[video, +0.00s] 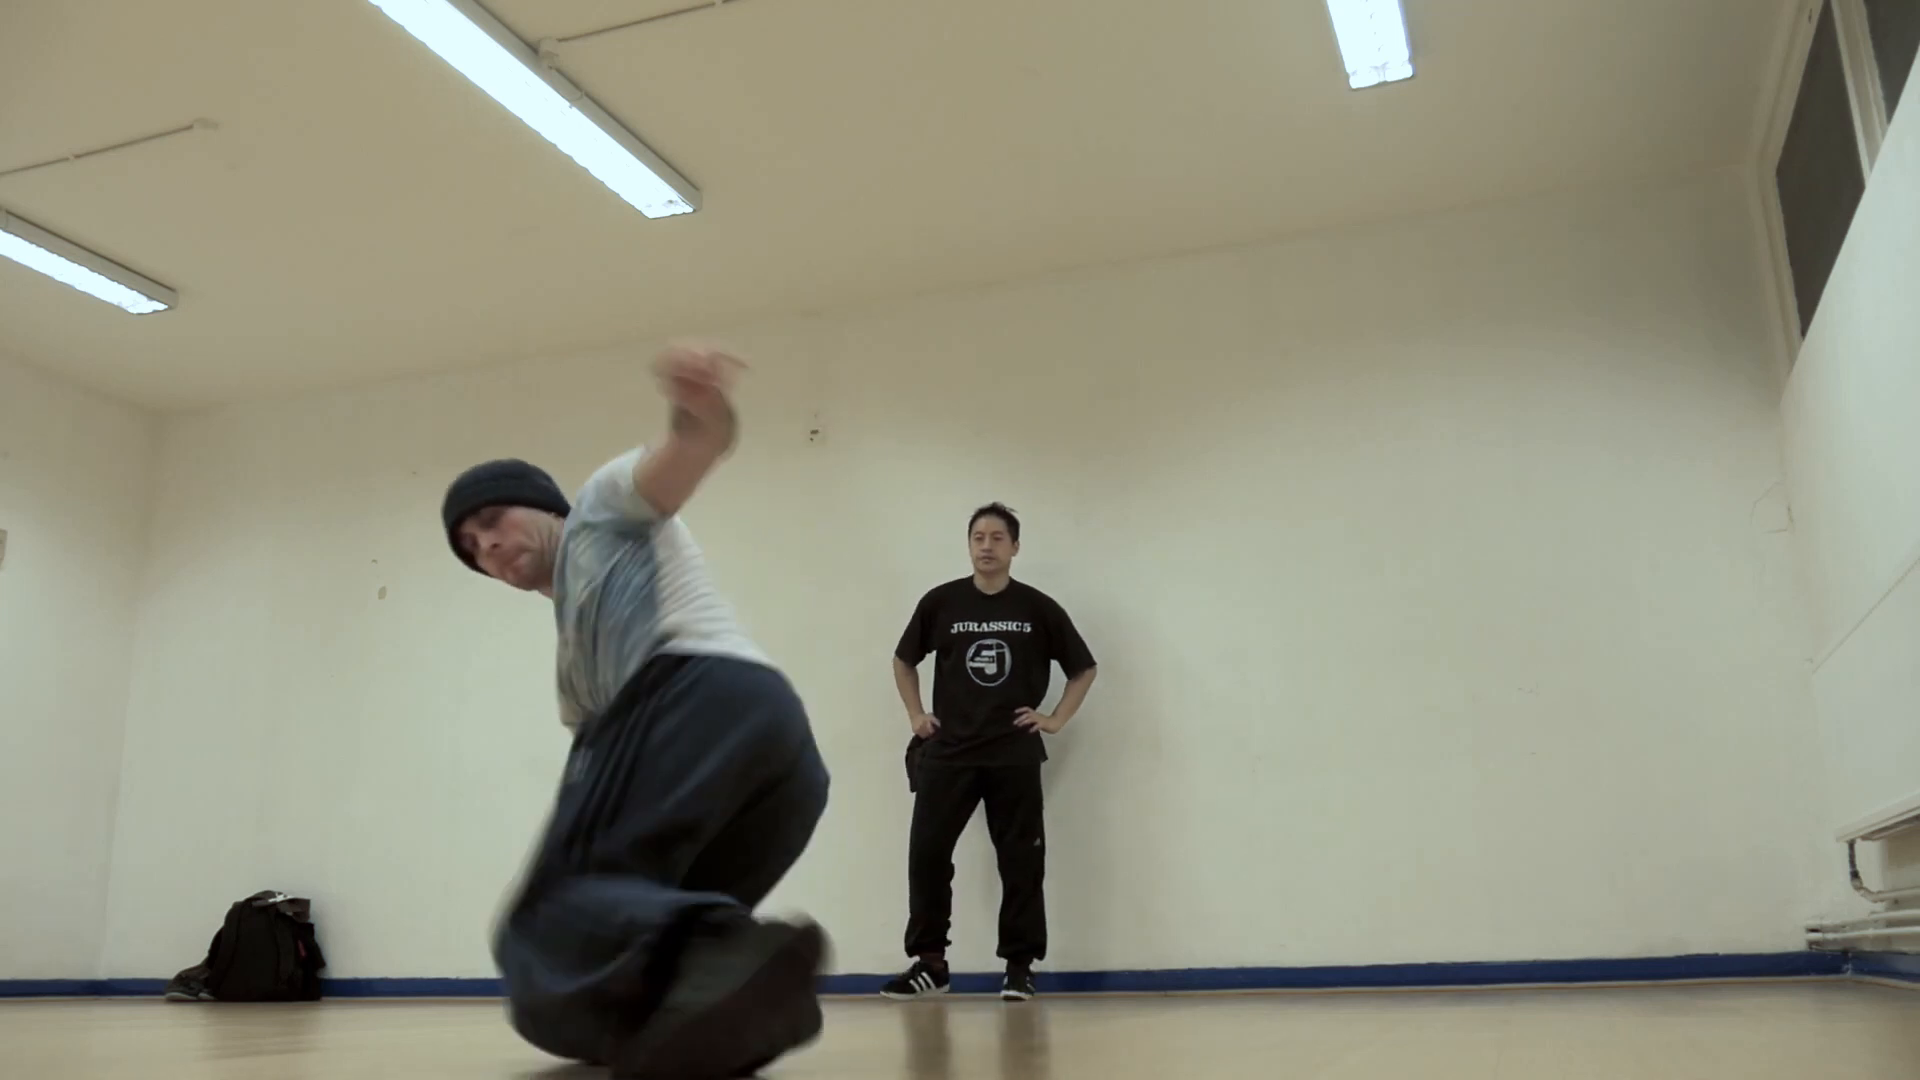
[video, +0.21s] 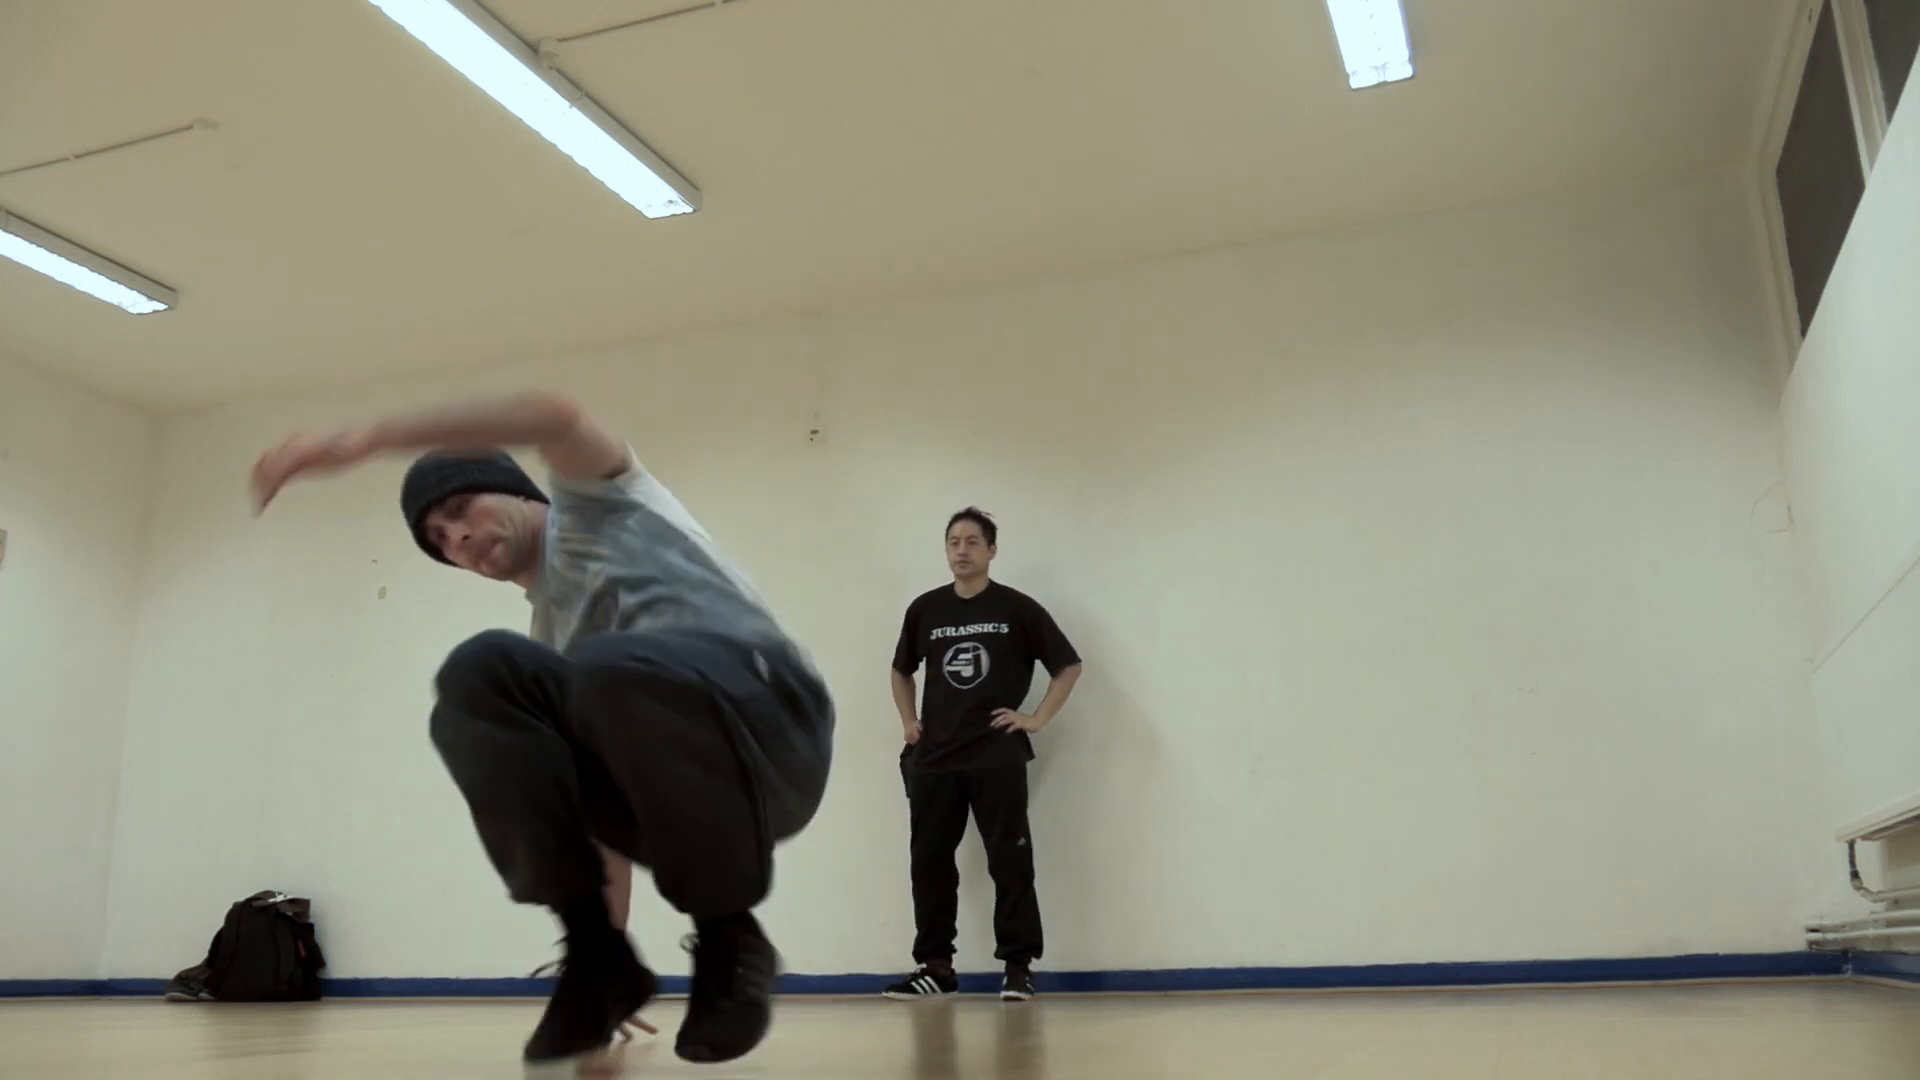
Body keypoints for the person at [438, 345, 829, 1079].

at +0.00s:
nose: (489, 548)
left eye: (491, 521)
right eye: (475, 551)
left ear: (535, 499)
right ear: (487, 573)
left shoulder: (600, 509)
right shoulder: (577, 657)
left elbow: (694, 445)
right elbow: (603, 758)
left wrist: (701, 407)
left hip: (712, 698)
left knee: (543, 922)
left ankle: (717, 955)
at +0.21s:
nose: (459, 538)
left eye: (460, 507)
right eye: (440, 541)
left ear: (506, 483)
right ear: (452, 563)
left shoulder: (600, 500)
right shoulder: (552, 651)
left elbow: (555, 416)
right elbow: (607, 820)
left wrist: (365, 440)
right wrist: (604, 967)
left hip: (775, 736)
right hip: (667, 783)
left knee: (611, 675)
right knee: (476, 675)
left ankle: (726, 936)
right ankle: (596, 958)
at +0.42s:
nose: (450, 528)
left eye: (462, 500)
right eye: (430, 530)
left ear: (515, 491)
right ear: (432, 554)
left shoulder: (611, 508)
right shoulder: (511, 669)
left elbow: (609, 536)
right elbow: (538, 815)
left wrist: (407, 577)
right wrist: (537, 987)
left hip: (725, 844)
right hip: (606, 875)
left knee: (664, 771)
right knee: (474, 750)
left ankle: (719, 984)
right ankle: (611, 994)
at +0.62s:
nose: (424, 508)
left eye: (431, 483)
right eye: (404, 514)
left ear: (482, 477)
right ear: (418, 553)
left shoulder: (565, 495)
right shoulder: (500, 663)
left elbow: (514, 389)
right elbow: (555, 823)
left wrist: (365, 425)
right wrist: (535, 990)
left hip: (716, 734)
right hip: (620, 790)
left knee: (749, 650)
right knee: (506, 716)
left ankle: (737, 942)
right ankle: (457, 962)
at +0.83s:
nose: (422, 497)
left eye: (430, 472)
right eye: (403, 500)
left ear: (478, 471)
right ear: (412, 537)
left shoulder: (547, 475)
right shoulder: (486, 665)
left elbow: (478, 337)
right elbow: (531, 819)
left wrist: (347, 387)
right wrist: (535, 991)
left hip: (688, 673)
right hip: (585, 742)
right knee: (533, 790)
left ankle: (852, 993)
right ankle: (451, 915)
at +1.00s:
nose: (405, 510)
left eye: (409, 485)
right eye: (386, 518)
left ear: (456, 478)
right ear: (405, 553)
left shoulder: (538, 484)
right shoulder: (491, 636)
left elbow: (463, 359)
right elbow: (542, 834)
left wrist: (313, 403)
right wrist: (536, 1003)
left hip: (703, 708)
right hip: (601, 761)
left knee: (742, 703)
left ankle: (835, 980)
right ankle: (459, 909)